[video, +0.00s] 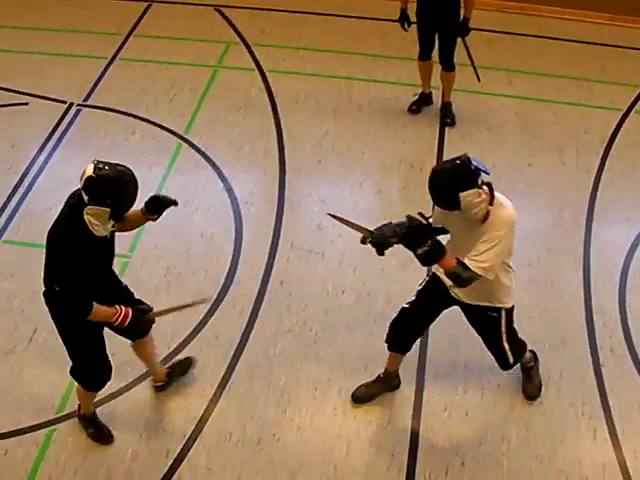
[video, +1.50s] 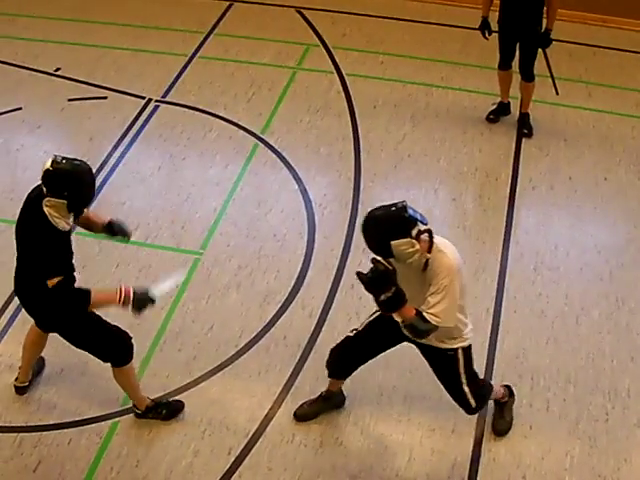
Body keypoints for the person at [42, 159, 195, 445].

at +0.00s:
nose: (123, 212)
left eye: (124, 208)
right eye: (120, 208)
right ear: (102, 206)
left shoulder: (94, 205)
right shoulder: (67, 237)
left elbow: (117, 223)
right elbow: (74, 305)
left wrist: (145, 214)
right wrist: (124, 316)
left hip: (100, 282)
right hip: (70, 301)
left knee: (139, 324)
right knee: (95, 370)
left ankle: (159, 375)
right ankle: (86, 414)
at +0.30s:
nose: (123, 199)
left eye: (123, 194)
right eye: (119, 195)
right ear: (103, 196)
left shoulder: (84, 191)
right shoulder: (78, 231)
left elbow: (117, 205)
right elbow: (104, 283)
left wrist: (149, 214)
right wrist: (147, 242)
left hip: (76, 288)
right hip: (81, 303)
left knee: (80, 331)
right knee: (121, 361)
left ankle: (61, 372)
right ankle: (114, 410)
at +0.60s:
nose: (126, 191)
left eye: (128, 185)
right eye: (125, 186)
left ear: (97, 174)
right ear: (109, 187)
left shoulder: (85, 187)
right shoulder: (83, 219)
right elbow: (107, 255)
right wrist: (135, 201)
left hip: (82, 282)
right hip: (98, 297)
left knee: (85, 327)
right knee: (148, 348)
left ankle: (68, 373)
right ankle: (142, 405)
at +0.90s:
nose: (116, 187)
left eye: (116, 181)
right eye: (115, 183)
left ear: (86, 172)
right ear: (104, 186)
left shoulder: (71, 186)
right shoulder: (83, 219)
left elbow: (107, 208)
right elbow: (116, 258)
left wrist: (120, 233)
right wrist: (148, 206)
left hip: (65, 280)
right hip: (87, 295)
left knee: (83, 321)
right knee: (141, 350)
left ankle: (67, 373)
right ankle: (143, 405)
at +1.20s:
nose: (125, 201)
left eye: (127, 196)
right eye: (120, 198)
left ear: (85, 184)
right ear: (102, 201)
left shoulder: (63, 194)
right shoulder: (93, 241)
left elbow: (99, 199)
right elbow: (119, 299)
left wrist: (124, 196)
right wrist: (167, 314)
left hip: (46, 284)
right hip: (75, 302)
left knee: (50, 322)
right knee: (139, 343)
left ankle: (25, 371)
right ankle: (149, 405)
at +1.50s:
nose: (85, 203)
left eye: (86, 198)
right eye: (82, 199)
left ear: (55, 187)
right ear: (67, 199)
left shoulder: (44, 196)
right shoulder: (48, 238)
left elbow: (79, 217)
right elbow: (62, 298)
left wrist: (106, 226)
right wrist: (125, 296)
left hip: (30, 290)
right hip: (49, 305)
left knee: (42, 323)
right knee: (119, 344)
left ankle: (23, 377)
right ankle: (141, 404)